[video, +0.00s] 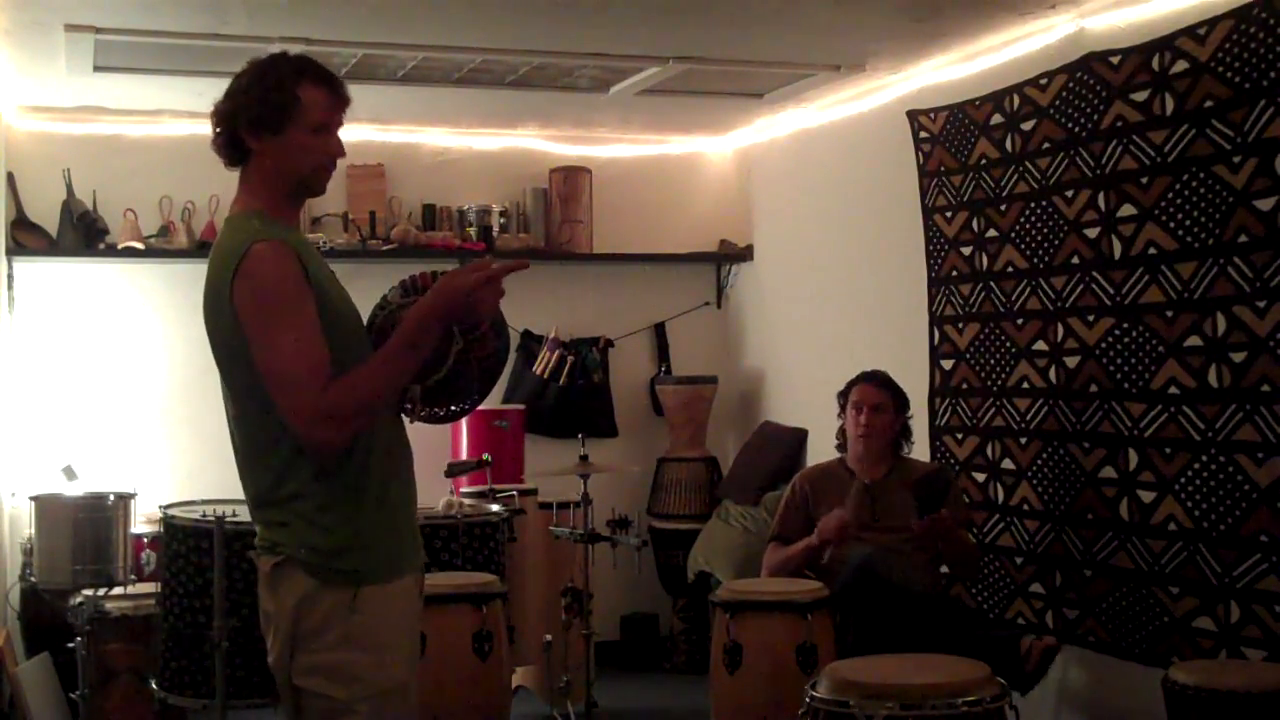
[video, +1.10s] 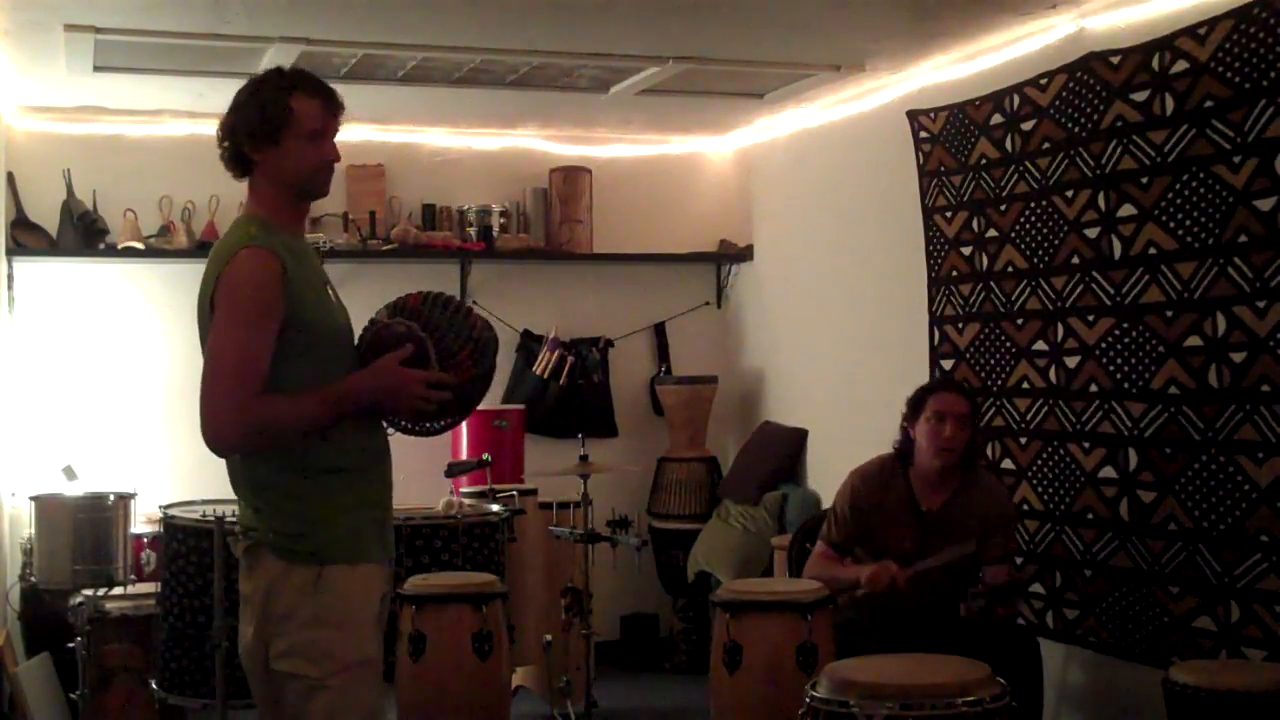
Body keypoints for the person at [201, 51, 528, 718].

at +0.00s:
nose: (339, 148)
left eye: (337, 130)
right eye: (322, 129)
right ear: (260, 135)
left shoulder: (280, 246)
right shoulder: (264, 256)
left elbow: (331, 399)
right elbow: (326, 420)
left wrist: (422, 321)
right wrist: (437, 313)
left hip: (350, 572)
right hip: (338, 581)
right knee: (353, 709)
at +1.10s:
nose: (334, 153)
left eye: (334, 136)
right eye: (318, 137)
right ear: (263, 147)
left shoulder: (290, 252)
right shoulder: (255, 257)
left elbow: (291, 393)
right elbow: (227, 423)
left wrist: (373, 366)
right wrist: (363, 392)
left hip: (335, 558)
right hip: (307, 564)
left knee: (343, 704)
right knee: (322, 706)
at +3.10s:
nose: (327, 157)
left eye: (325, 143)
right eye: (309, 144)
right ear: (257, 156)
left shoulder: (274, 261)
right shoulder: (244, 258)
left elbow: (283, 399)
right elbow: (194, 406)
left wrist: (368, 399)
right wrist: (347, 414)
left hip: (307, 552)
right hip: (289, 559)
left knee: (304, 708)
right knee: (336, 708)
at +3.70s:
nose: (388, 134)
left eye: (379, 120)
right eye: (367, 124)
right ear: (318, 152)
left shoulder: (353, 255)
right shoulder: (312, 260)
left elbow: (353, 413)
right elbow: (257, 421)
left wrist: (448, 440)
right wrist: (407, 477)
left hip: (354, 562)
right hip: (325, 571)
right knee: (362, 707)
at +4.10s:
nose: (476, 129)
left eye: (469, 114)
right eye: (456, 117)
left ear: (412, 141)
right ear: (401, 140)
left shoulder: (444, 244)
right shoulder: (360, 258)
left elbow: (428, 394)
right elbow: (288, 421)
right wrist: (447, 460)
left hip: (423, 556)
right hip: (367, 568)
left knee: (426, 708)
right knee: (383, 711)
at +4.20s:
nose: (484, 125)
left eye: (476, 111)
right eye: (462, 114)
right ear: (408, 140)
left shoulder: (444, 243)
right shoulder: (371, 267)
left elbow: (436, 377)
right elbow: (341, 445)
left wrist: (536, 356)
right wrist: (498, 426)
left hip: (431, 555)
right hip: (377, 569)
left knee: (437, 705)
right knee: (393, 709)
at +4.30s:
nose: (485, 119)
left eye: (478, 106)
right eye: (465, 108)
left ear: (423, 138)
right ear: (409, 135)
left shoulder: (430, 244)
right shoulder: (394, 255)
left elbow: (454, 358)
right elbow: (409, 444)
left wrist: (563, 348)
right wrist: (566, 416)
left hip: (438, 559)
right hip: (390, 572)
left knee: (474, 702)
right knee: (412, 709)